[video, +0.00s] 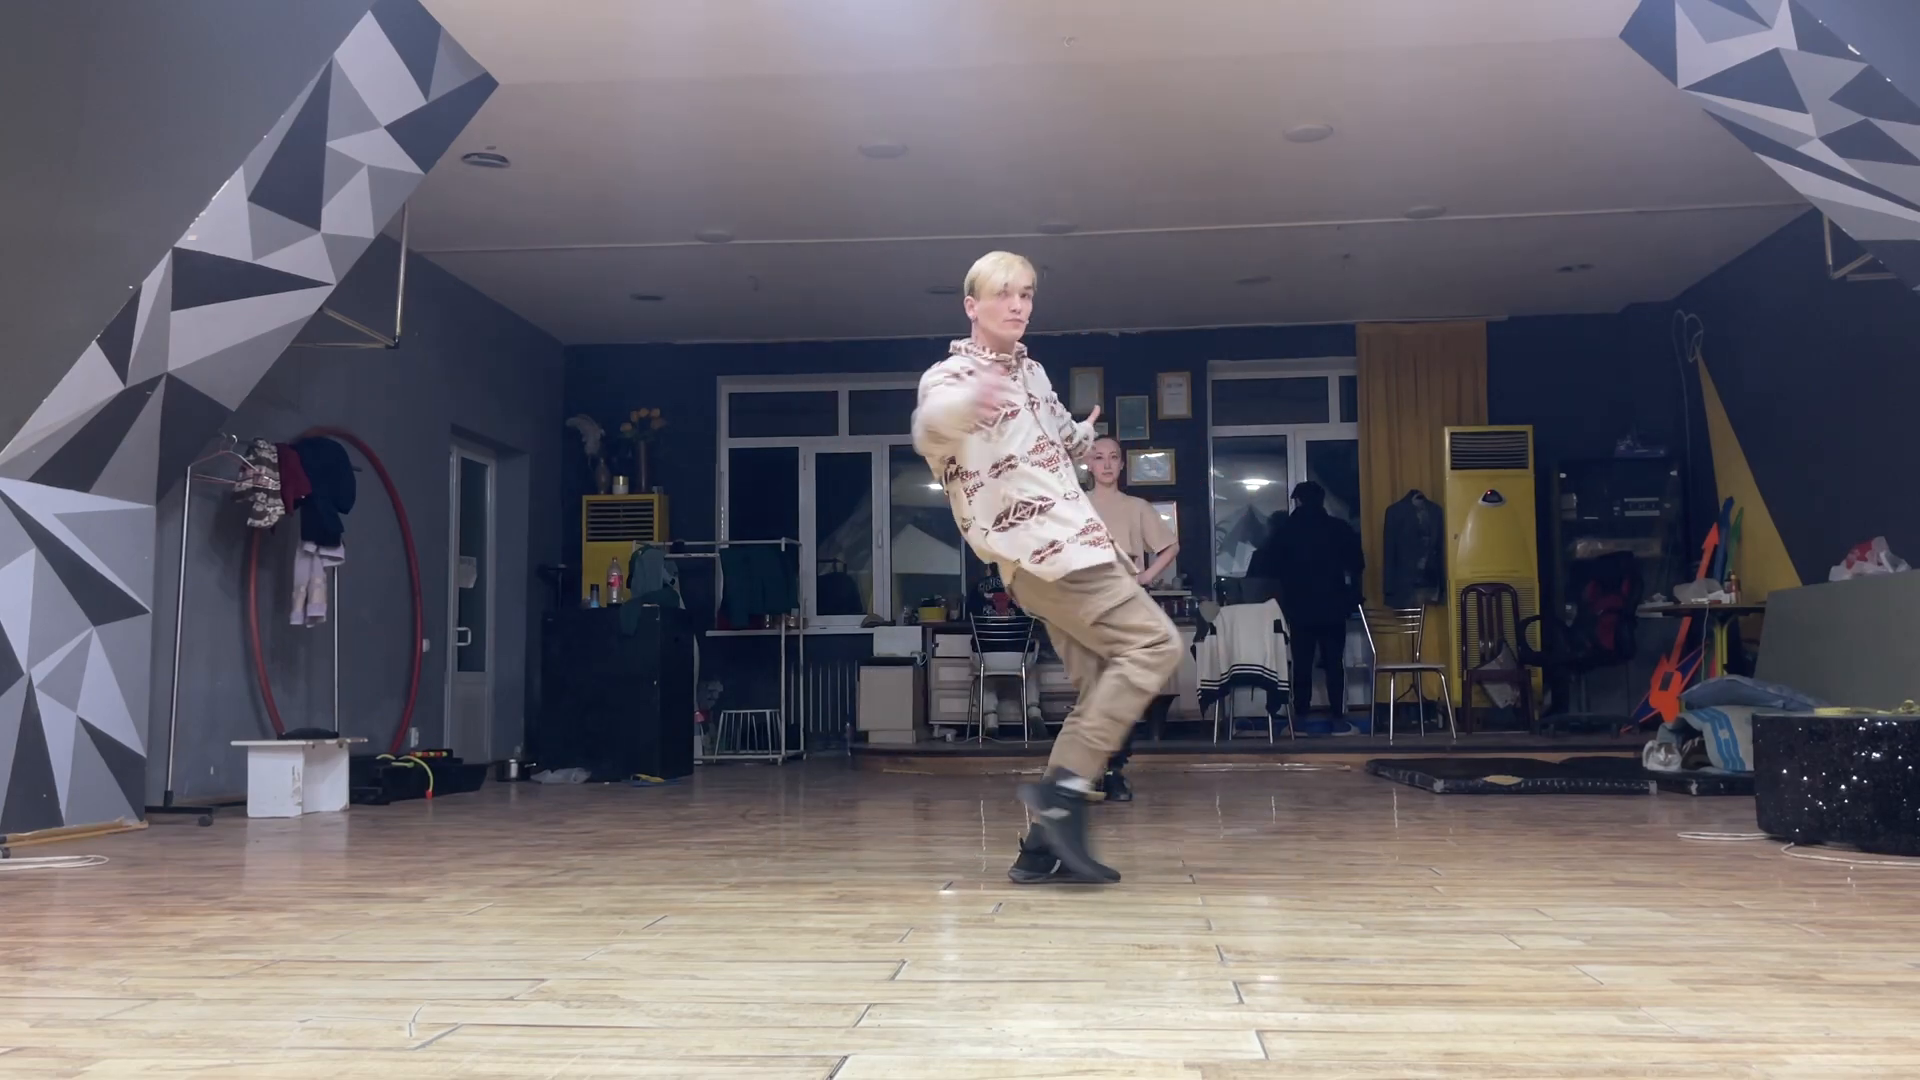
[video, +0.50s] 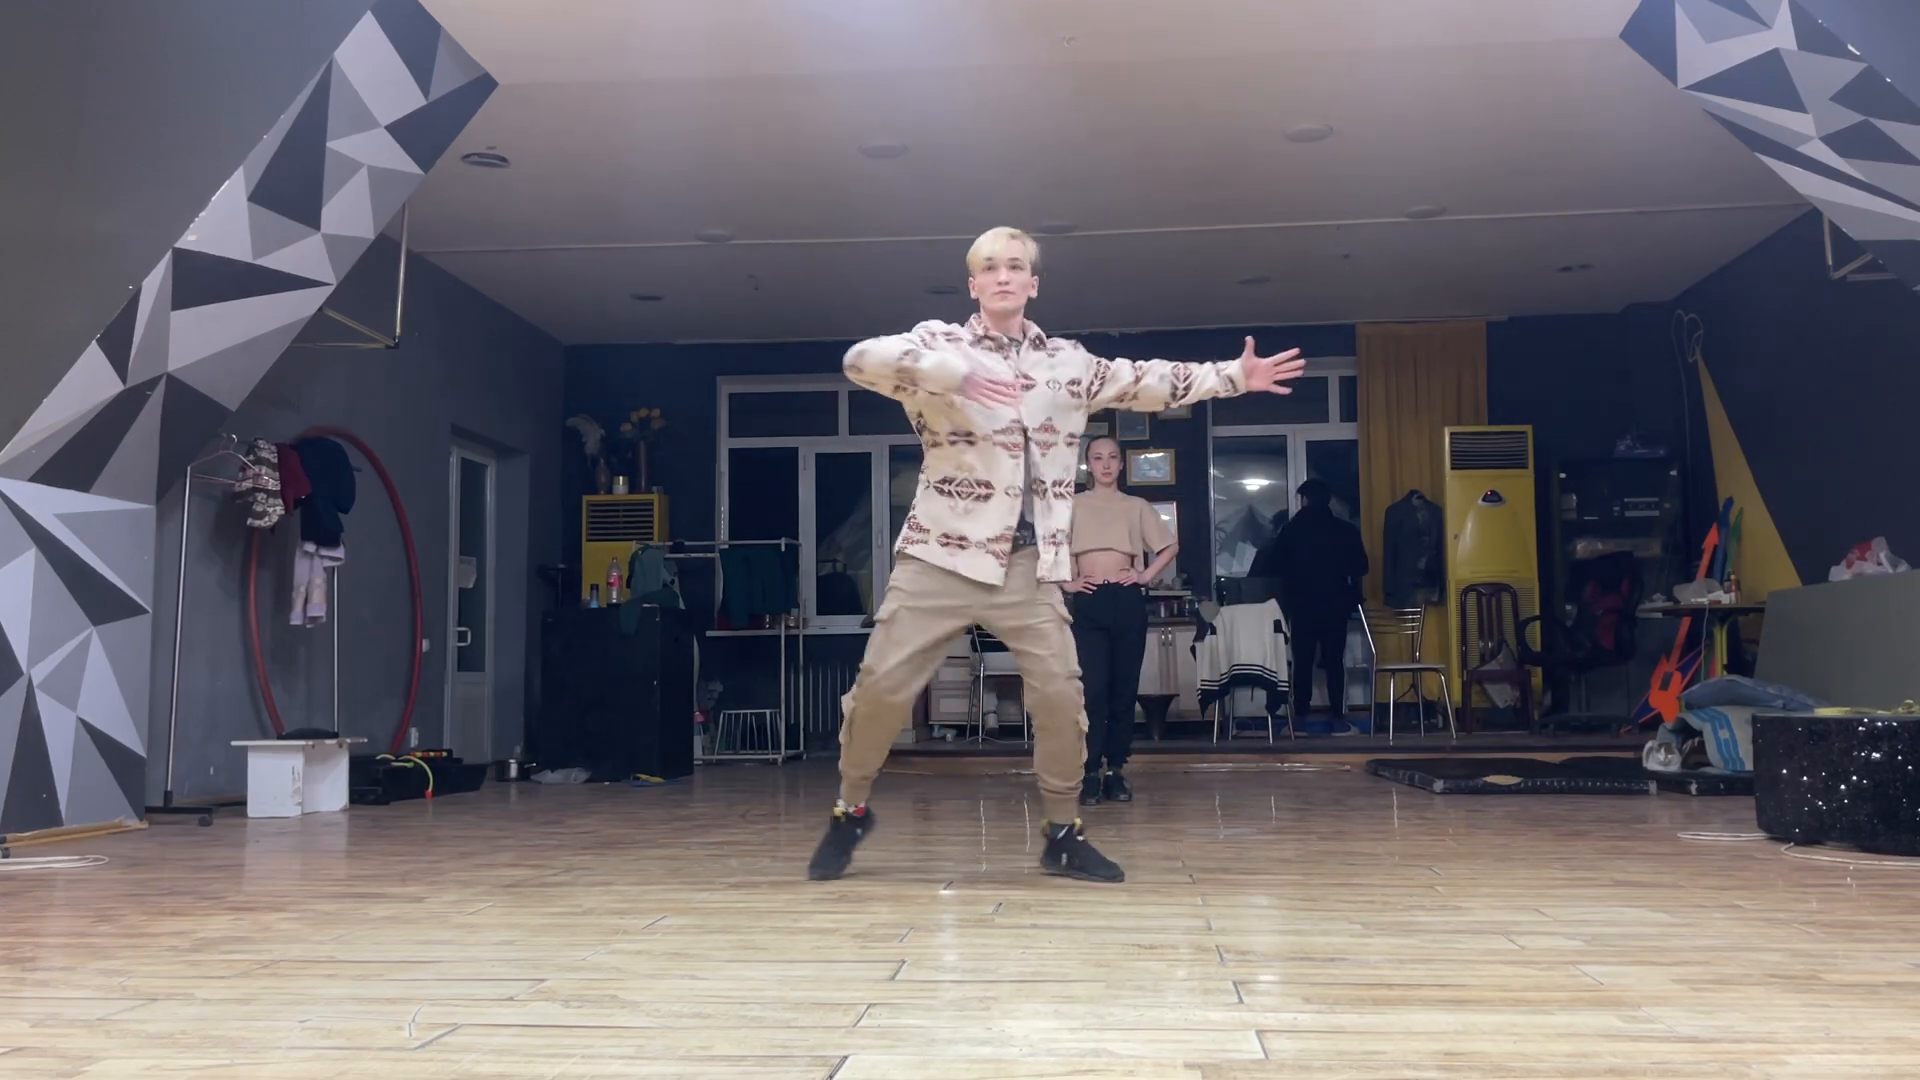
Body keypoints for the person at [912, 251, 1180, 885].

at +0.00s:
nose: (1019, 306)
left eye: (1026, 296)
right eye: (1006, 295)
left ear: (1030, 305)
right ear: (973, 305)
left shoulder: (1028, 367)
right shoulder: (949, 376)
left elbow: (1062, 435)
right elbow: (931, 425)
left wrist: (1086, 437)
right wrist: (968, 404)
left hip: (1063, 539)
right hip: (1038, 544)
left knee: (1099, 684)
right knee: (1153, 644)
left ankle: (1046, 845)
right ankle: (1065, 790)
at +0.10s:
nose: (1037, 298)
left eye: (1041, 287)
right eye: (1022, 287)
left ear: (1040, 295)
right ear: (987, 300)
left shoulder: (1014, 360)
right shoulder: (992, 360)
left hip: (1039, 557)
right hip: (1008, 558)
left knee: (1095, 695)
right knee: (1052, 703)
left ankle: (1050, 840)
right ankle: (900, 761)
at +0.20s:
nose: (1051, 311)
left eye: (1051, 300)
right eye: (1037, 302)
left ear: (1004, 320)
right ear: (1002, 314)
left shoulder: (967, 377)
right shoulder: (1038, 368)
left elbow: (1041, 438)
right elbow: (1138, 416)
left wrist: (1107, 437)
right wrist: (1145, 431)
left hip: (986, 564)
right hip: (993, 564)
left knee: (1071, 694)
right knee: (925, 700)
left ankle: (1054, 839)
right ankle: (813, 806)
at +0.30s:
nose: (1050, 322)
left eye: (1051, 312)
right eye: (1037, 312)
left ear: (1004, 326)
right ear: (999, 322)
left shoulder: (978, 377)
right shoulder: (1012, 373)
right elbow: (1080, 424)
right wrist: (1145, 423)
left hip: (1000, 576)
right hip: (962, 570)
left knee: (1069, 691)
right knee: (899, 710)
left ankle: (1052, 841)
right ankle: (798, 816)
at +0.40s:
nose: (1029, 303)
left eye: (1036, 295)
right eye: (1016, 294)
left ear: (1044, 306)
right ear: (985, 307)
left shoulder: (1040, 386)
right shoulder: (969, 359)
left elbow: (1102, 408)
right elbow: (988, 398)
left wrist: (1187, 400)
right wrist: (1058, 418)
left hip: (1016, 575)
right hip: (944, 563)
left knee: (1075, 685)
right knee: (891, 698)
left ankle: (1045, 839)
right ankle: (806, 815)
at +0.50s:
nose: (1004, 277)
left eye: (1016, 267)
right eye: (991, 267)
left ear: (1034, 282)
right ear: (971, 281)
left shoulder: (1068, 364)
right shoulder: (938, 343)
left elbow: (1145, 381)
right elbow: (861, 360)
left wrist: (1231, 376)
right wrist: (938, 371)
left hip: (1028, 571)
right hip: (937, 559)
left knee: (1061, 695)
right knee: (880, 685)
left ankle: (1062, 832)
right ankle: (849, 812)